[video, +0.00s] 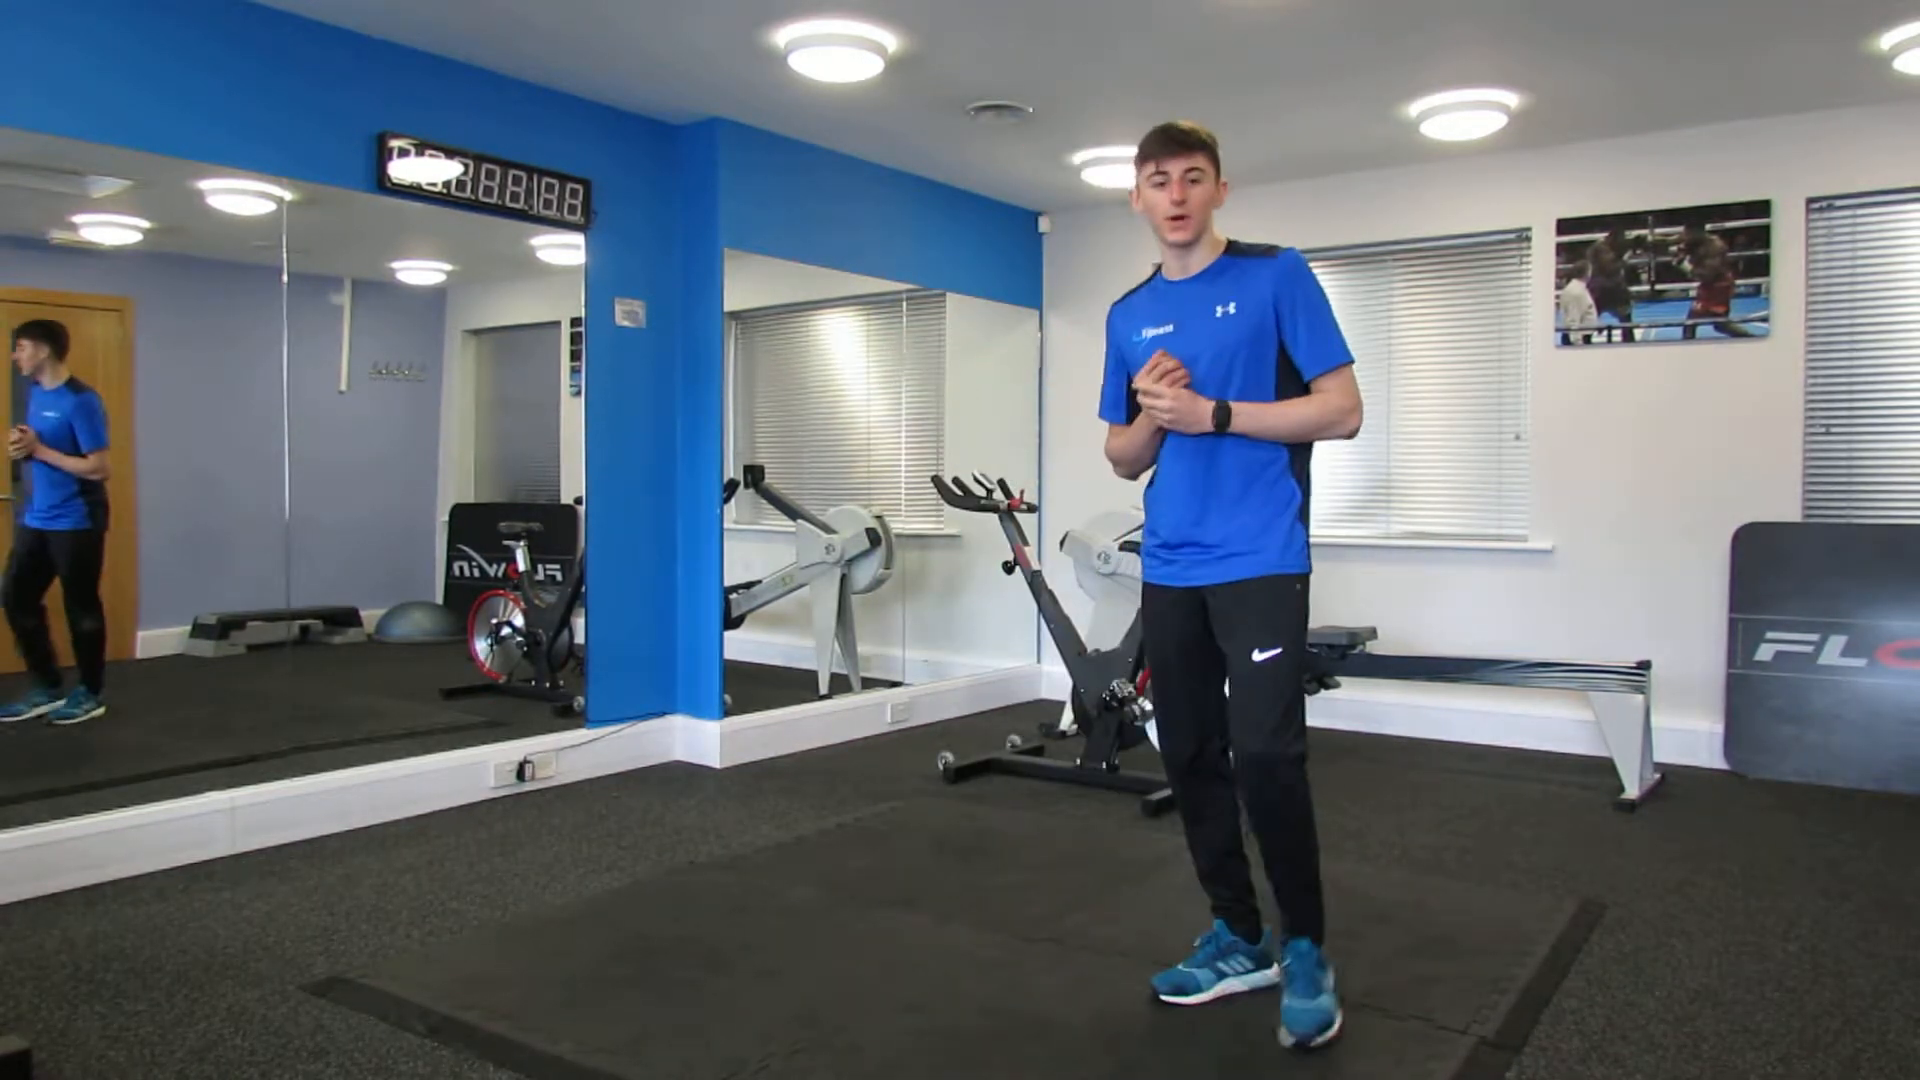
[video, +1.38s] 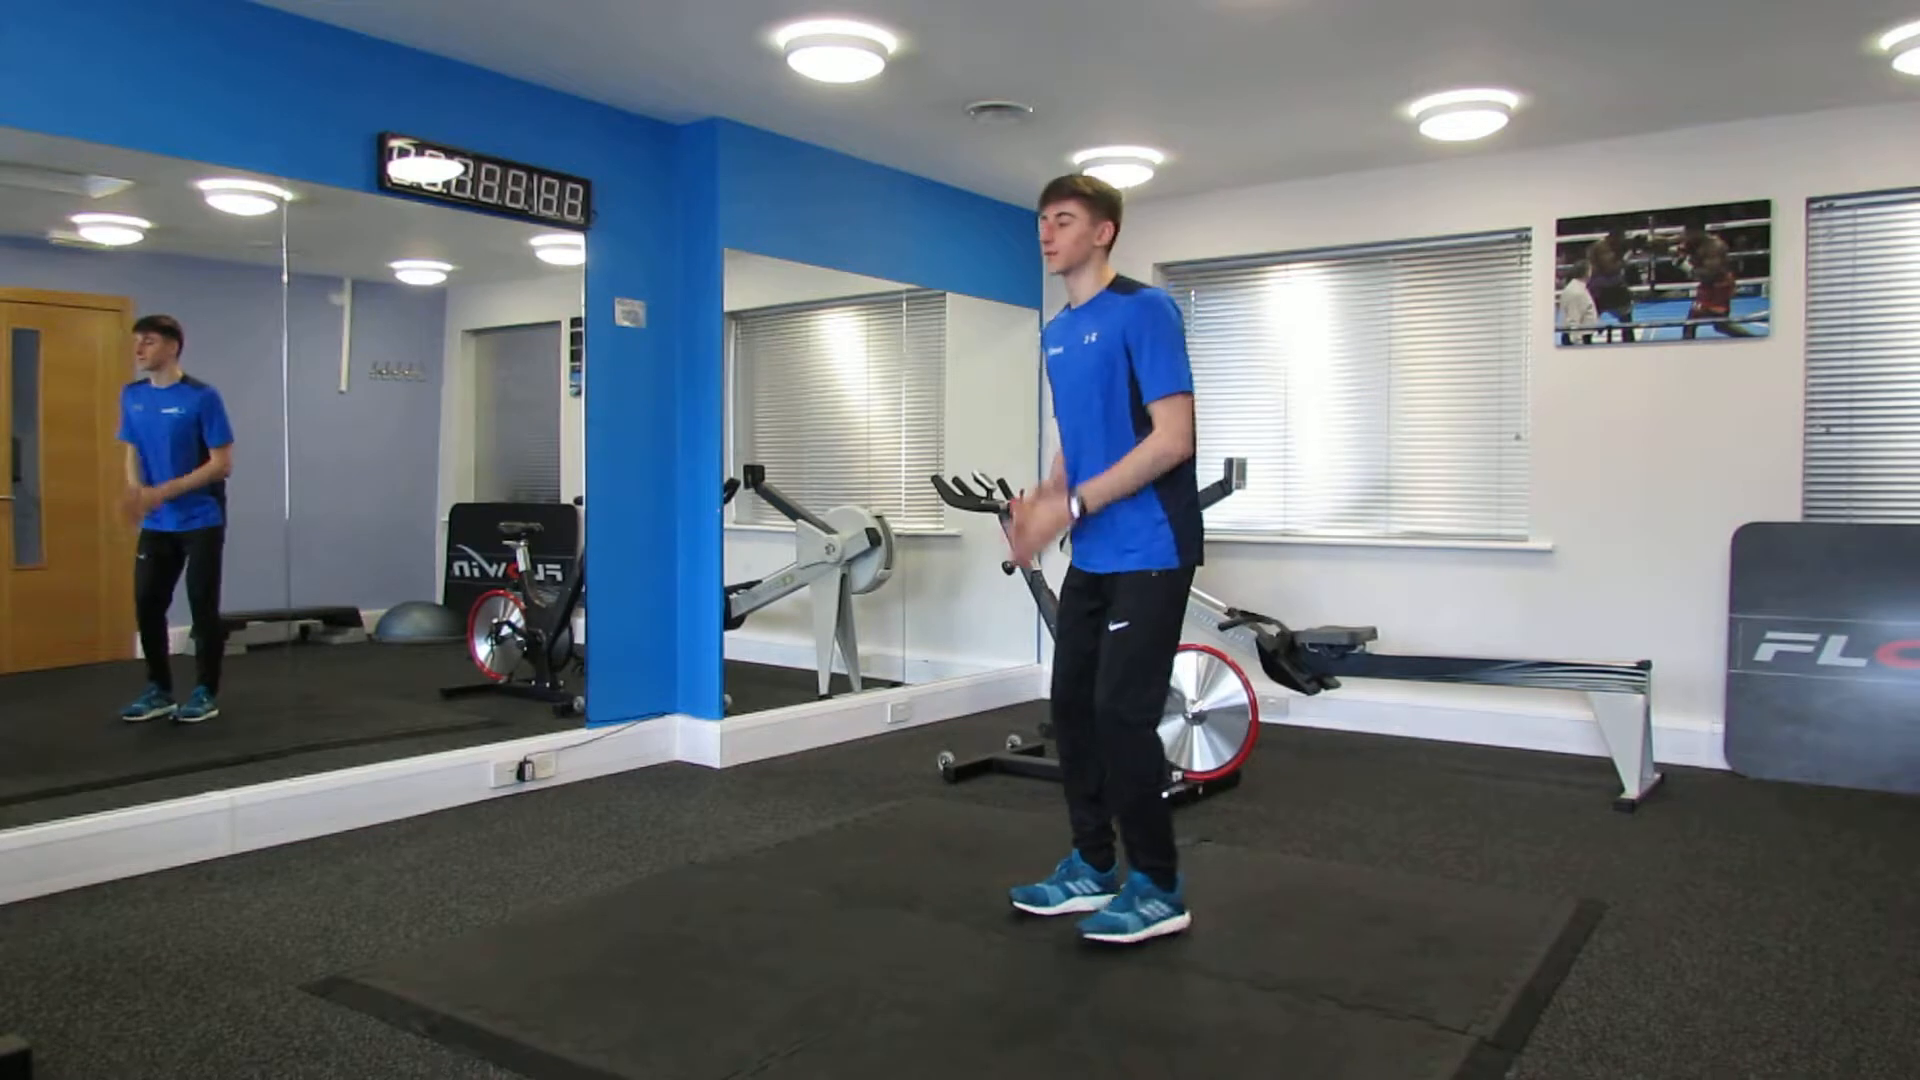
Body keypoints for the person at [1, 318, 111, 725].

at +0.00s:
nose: (15, 356)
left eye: (21, 348)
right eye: (16, 348)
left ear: (47, 351)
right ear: (37, 353)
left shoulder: (83, 401)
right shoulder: (36, 396)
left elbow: (100, 467)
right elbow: (46, 449)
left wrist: (40, 450)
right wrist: (23, 446)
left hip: (79, 526)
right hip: (39, 523)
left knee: (82, 605)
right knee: (19, 599)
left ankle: (91, 692)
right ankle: (48, 688)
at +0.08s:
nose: (30, 354)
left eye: (37, 346)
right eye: (30, 347)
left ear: (61, 350)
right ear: (48, 353)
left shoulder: (94, 401)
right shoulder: (49, 395)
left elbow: (106, 468)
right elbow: (55, 447)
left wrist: (48, 449)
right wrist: (31, 444)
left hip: (87, 523)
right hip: (52, 519)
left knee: (86, 602)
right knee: (41, 600)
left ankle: (92, 689)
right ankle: (98, 671)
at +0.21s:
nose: (50, 355)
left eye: (56, 347)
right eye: (51, 347)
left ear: (77, 350)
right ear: (71, 352)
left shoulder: (110, 399)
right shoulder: (68, 396)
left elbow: (117, 464)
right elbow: (73, 451)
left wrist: (62, 444)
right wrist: (47, 443)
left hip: (103, 521)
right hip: (73, 518)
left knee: (95, 602)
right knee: (84, 599)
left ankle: (93, 692)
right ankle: (152, 663)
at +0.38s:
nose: (67, 357)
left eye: (73, 349)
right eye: (68, 349)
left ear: (95, 352)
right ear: (90, 354)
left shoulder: (126, 399)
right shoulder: (87, 402)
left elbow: (142, 462)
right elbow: (100, 463)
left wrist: (85, 446)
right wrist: (71, 448)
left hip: (133, 521)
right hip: (109, 522)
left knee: (115, 606)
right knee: (138, 602)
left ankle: (94, 692)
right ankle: (178, 680)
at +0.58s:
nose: (79, 365)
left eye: (84, 356)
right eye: (79, 358)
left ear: (107, 356)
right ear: (101, 359)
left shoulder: (146, 396)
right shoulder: (105, 411)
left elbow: (180, 452)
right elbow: (125, 476)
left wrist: (116, 453)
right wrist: (97, 462)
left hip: (169, 514)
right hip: (141, 519)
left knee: (133, 588)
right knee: (154, 597)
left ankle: (130, 684)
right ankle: (181, 682)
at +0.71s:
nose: (93, 361)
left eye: (98, 352)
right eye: (93, 353)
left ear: (120, 353)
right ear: (116, 355)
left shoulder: (158, 395)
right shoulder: (116, 405)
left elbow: (191, 450)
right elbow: (131, 462)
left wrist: (128, 449)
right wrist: (106, 454)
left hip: (175, 512)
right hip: (148, 516)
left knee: (160, 594)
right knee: (156, 596)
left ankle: (181, 683)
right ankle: (172, 681)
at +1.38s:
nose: (141, 349)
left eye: (150, 342)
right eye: (139, 342)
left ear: (174, 348)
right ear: (139, 350)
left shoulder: (203, 397)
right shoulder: (133, 396)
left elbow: (222, 463)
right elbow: (133, 451)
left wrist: (162, 491)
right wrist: (135, 491)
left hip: (202, 523)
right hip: (158, 522)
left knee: (203, 609)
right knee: (149, 606)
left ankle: (207, 692)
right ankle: (161, 689)